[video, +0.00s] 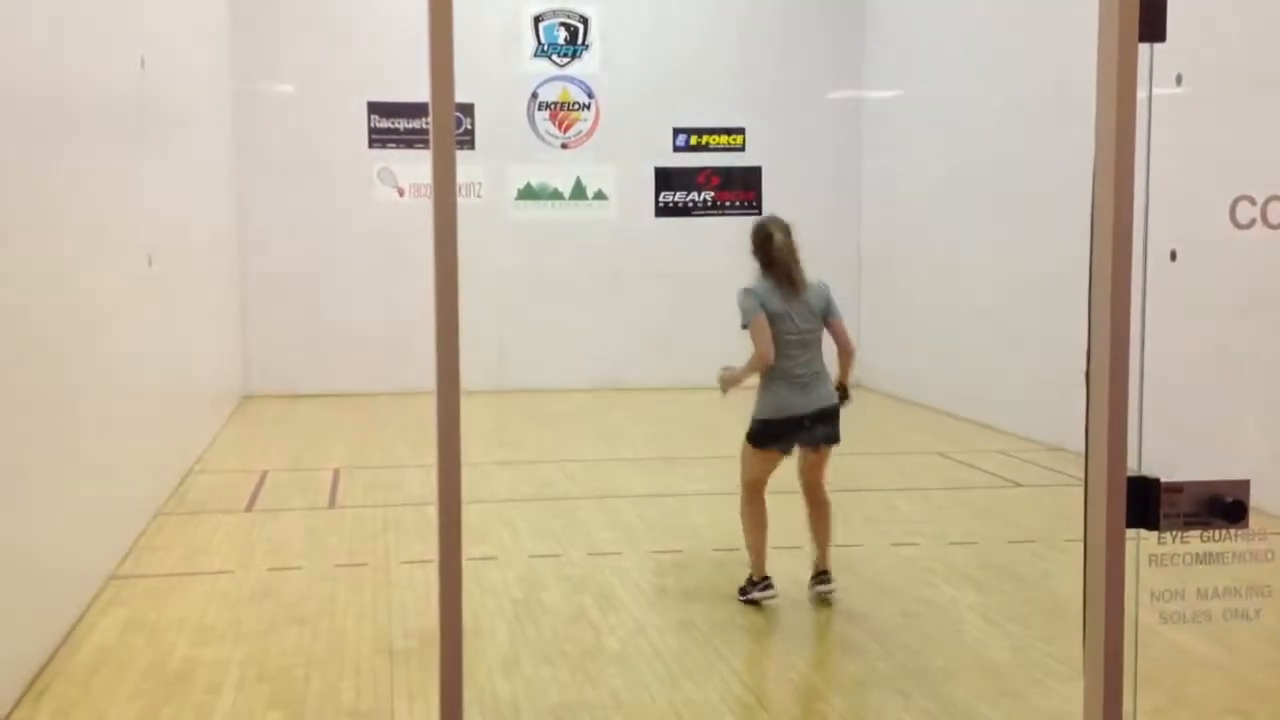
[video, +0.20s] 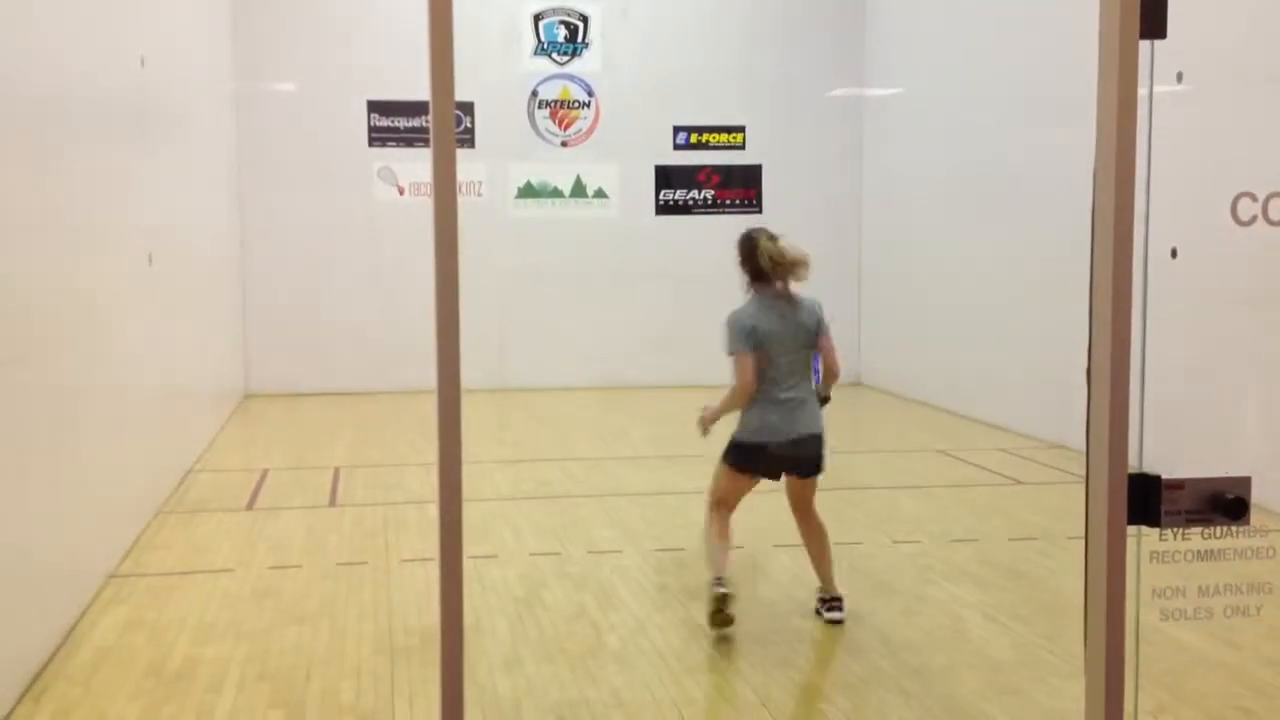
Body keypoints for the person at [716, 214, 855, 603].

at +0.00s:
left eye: (757, 247)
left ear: (757, 252)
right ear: (792, 247)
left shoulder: (753, 295)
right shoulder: (817, 290)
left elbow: (765, 356)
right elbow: (847, 347)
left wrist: (737, 376)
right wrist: (842, 384)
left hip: (778, 412)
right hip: (822, 406)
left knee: (752, 486)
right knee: (814, 484)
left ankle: (758, 577)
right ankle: (823, 571)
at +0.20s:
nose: (739, 267)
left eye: (740, 262)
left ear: (745, 267)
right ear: (782, 261)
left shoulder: (743, 319)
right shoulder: (809, 308)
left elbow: (746, 388)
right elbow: (832, 369)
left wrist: (715, 412)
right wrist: (819, 395)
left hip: (759, 436)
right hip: (807, 433)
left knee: (720, 506)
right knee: (805, 509)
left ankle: (719, 582)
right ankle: (830, 593)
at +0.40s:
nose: (747, 259)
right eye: (745, 252)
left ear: (706, 261)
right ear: (744, 259)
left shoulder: (683, 313)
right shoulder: (760, 310)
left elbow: (669, 381)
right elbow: (778, 365)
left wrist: (698, 405)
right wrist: (823, 376)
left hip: (702, 443)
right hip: (755, 439)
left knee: (711, 540)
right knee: (784, 524)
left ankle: (708, 631)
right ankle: (808, 599)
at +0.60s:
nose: (722, 251)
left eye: (718, 242)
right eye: (719, 243)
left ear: (676, 249)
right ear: (711, 249)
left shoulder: (651, 300)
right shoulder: (711, 297)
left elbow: (635, 369)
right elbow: (713, 346)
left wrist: (671, 388)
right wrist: (776, 351)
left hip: (647, 434)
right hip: (686, 436)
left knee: (692, 535)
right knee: (711, 537)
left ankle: (701, 631)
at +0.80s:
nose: (682, 283)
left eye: (679, 274)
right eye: (681, 275)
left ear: (639, 278)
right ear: (676, 279)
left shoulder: (620, 327)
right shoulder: (659, 324)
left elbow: (613, 402)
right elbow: (645, 378)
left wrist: (661, 452)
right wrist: (706, 390)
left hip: (587, 452)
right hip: (607, 459)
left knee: (656, 523)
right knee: (648, 569)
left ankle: (649, 627)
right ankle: (605, 685)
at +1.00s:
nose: (633, 276)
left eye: (632, 268)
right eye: (632, 268)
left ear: (595, 268)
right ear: (624, 272)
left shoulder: (599, 320)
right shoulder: (595, 318)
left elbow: (591, 388)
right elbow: (563, 364)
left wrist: (641, 416)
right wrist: (618, 385)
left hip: (548, 446)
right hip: (537, 448)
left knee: (584, 540)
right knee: (570, 563)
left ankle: (522, 613)